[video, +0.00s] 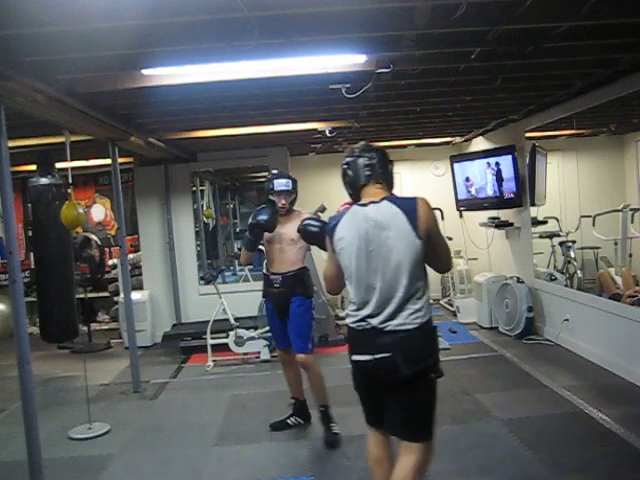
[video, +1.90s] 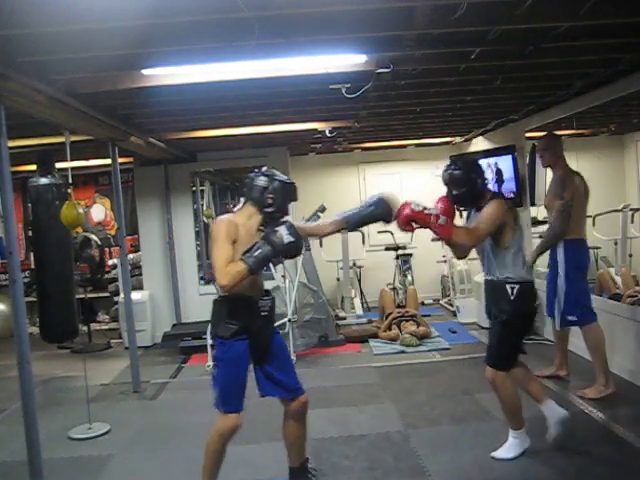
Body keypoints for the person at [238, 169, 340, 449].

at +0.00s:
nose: (282, 201)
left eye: (287, 196)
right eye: (278, 196)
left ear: (295, 196)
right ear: (270, 196)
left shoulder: (305, 220)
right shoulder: (263, 220)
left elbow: (333, 249)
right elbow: (245, 259)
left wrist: (324, 235)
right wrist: (254, 232)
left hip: (297, 286)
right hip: (271, 287)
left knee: (303, 357)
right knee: (285, 355)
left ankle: (327, 418)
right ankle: (300, 411)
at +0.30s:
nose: (288, 205)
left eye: (292, 200)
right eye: (283, 200)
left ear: (298, 200)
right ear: (272, 200)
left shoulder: (306, 222)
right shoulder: (263, 224)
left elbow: (325, 258)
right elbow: (239, 265)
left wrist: (304, 242)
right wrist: (252, 237)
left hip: (304, 293)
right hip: (273, 294)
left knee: (318, 362)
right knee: (263, 367)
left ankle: (336, 419)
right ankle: (278, 415)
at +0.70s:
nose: (245, 203)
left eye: (249, 197)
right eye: (240, 197)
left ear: (255, 197)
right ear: (227, 198)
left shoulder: (265, 222)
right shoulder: (213, 228)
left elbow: (293, 257)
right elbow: (201, 273)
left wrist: (298, 243)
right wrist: (217, 244)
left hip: (264, 299)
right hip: (230, 301)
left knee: (272, 371)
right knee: (233, 376)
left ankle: (294, 423)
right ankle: (242, 438)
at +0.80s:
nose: (242, 202)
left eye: (246, 196)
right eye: (236, 196)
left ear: (250, 198)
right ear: (221, 196)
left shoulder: (258, 222)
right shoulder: (204, 226)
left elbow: (289, 258)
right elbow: (193, 271)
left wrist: (295, 242)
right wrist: (212, 243)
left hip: (257, 301)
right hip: (224, 303)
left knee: (261, 376)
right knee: (231, 377)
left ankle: (264, 453)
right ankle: (241, 438)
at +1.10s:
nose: (241, 202)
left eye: (243, 196)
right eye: (235, 196)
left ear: (243, 198)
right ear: (217, 196)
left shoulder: (249, 225)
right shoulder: (195, 228)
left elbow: (276, 264)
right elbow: (184, 277)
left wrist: (290, 248)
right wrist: (209, 246)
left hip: (246, 311)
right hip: (209, 312)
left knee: (245, 393)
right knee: (201, 394)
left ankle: (242, 464)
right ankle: (209, 444)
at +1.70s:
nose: (263, 206)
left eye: (264, 200)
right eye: (259, 199)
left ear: (241, 197)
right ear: (240, 196)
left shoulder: (248, 225)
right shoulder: (207, 228)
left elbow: (271, 256)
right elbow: (215, 282)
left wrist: (303, 250)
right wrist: (250, 248)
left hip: (252, 323)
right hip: (221, 329)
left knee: (287, 400)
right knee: (221, 418)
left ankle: (270, 471)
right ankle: (205, 477)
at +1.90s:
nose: (286, 209)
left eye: (286, 202)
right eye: (282, 201)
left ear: (264, 198)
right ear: (265, 197)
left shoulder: (270, 226)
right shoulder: (224, 224)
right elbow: (225, 279)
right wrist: (268, 248)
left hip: (262, 324)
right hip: (231, 328)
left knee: (297, 403)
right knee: (229, 421)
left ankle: (298, 472)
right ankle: (207, 476)